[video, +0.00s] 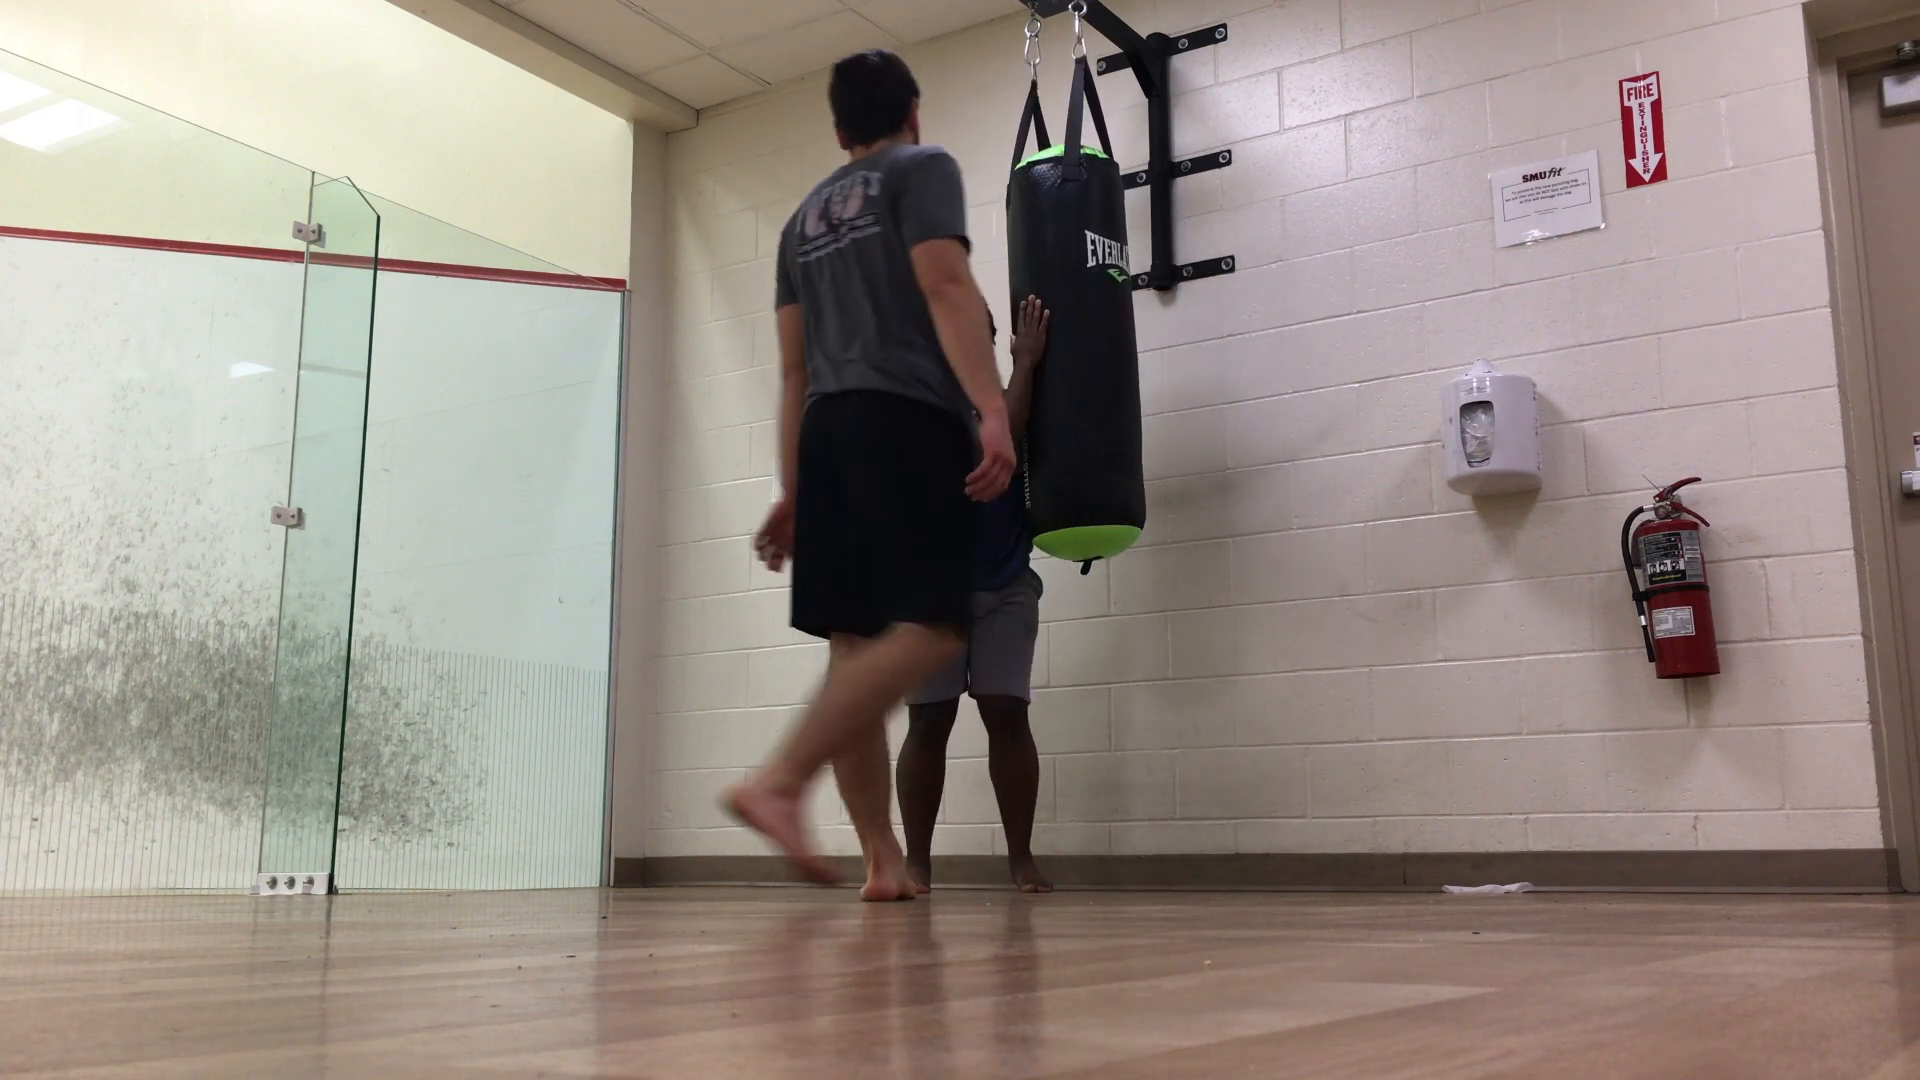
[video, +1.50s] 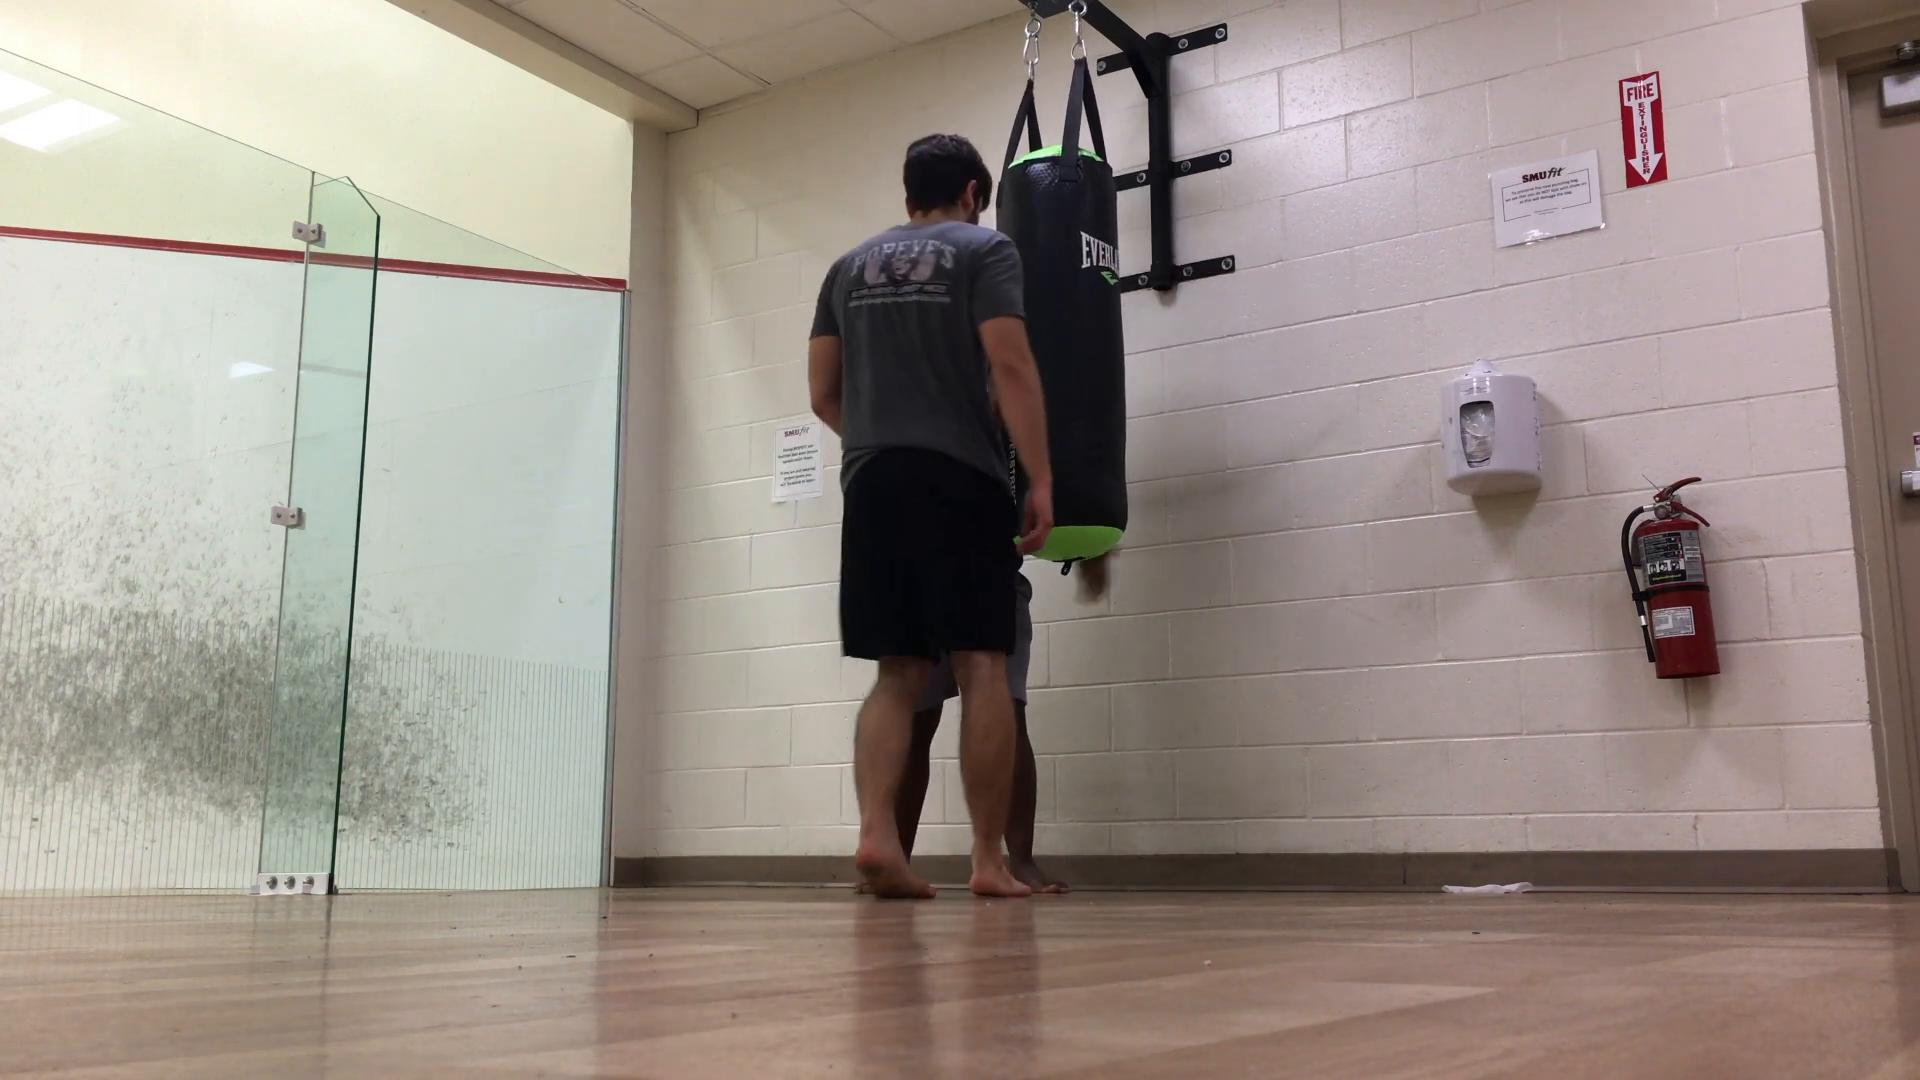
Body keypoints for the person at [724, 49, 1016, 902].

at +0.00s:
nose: (921, 126)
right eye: (919, 115)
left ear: (837, 130)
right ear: (914, 118)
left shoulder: (801, 219)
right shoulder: (921, 166)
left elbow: (794, 368)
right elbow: (943, 281)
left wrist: (793, 487)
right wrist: (991, 407)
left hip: (828, 440)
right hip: (909, 426)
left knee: (854, 642)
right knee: (936, 629)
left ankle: (884, 860)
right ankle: (775, 782)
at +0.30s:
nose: (907, 120)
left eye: (903, 105)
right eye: (904, 103)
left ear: (824, 101)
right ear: (883, 92)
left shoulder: (791, 186)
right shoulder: (841, 144)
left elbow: (782, 339)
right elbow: (868, 266)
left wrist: (761, 473)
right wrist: (977, 361)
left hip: (803, 422)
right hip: (802, 411)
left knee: (900, 609)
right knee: (771, 610)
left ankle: (869, 823)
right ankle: (650, 822)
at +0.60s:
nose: (896, 116)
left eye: (896, 100)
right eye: (898, 96)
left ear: (827, 84)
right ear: (882, 84)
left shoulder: (833, 163)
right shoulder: (819, 134)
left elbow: (797, 289)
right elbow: (792, 243)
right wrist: (894, 351)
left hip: (827, 419)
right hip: (792, 407)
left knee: (862, 617)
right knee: (755, 594)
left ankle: (834, 827)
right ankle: (659, 815)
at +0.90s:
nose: (911, 159)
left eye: (908, 148)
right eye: (913, 146)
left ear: (838, 146)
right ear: (903, 140)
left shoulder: (811, 220)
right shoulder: (879, 186)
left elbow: (831, 359)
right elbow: (874, 296)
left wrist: (926, 437)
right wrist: (919, 425)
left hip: (801, 441)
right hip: (836, 438)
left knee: (822, 649)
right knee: (818, 625)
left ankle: (862, 857)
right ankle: (693, 796)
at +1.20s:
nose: (950, 192)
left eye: (947, 181)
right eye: (949, 181)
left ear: (871, 182)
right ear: (940, 176)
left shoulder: (824, 259)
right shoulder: (930, 219)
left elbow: (798, 388)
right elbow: (926, 319)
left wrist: (855, 441)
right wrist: (971, 444)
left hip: (832, 472)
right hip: (917, 465)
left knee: (845, 659)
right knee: (960, 648)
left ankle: (862, 860)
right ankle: (926, 832)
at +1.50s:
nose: (979, 209)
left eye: (974, 200)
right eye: (981, 199)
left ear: (904, 199)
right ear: (973, 195)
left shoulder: (848, 267)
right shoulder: (984, 248)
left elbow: (823, 393)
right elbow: (1009, 364)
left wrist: (885, 441)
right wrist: (1039, 477)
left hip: (874, 482)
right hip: (963, 478)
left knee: (899, 669)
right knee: (983, 670)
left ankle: (878, 839)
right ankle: (990, 860)